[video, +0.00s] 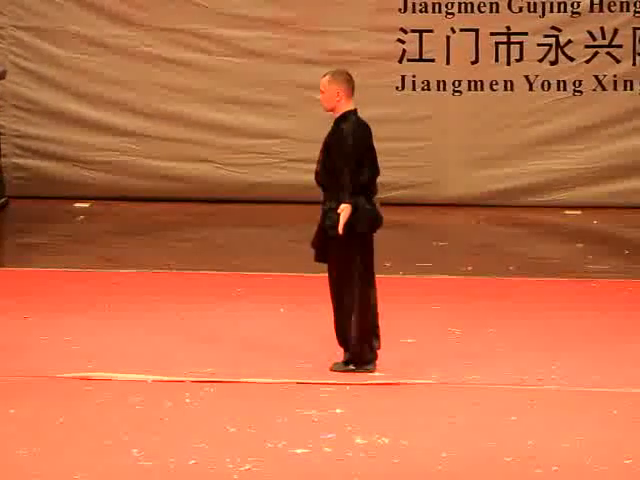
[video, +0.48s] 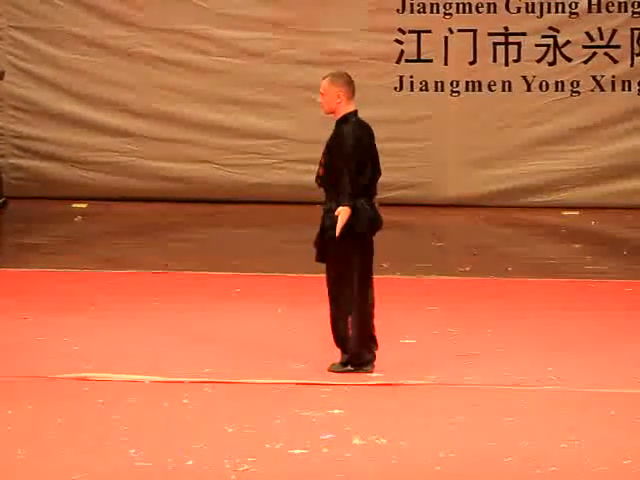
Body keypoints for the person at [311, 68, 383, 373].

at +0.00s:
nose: (320, 97)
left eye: (323, 91)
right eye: (321, 90)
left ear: (339, 93)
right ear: (342, 94)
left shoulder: (347, 128)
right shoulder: (356, 125)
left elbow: (350, 171)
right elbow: (369, 170)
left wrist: (347, 204)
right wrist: (357, 200)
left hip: (346, 221)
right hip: (359, 219)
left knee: (349, 287)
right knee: (359, 285)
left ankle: (358, 352)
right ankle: (365, 345)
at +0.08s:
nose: (319, 97)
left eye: (323, 92)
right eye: (320, 91)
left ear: (339, 94)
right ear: (342, 94)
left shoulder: (347, 129)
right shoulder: (356, 126)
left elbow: (350, 171)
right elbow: (369, 170)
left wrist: (346, 205)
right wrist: (356, 201)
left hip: (347, 220)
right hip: (358, 218)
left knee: (349, 286)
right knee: (358, 284)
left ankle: (358, 352)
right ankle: (364, 346)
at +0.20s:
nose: (319, 98)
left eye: (323, 93)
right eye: (320, 92)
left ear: (340, 96)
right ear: (343, 96)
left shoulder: (347, 129)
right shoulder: (358, 126)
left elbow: (349, 172)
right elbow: (371, 170)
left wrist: (346, 204)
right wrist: (358, 202)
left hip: (346, 221)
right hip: (359, 219)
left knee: (349, 288)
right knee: (358, 286)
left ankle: (357, 353)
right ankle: (364, 347)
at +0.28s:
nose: (320, 98)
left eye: (323, 93)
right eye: (321, 92)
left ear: (340, 95)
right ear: (343, 96)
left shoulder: (348, 130)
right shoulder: (356, 126)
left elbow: (350, 173)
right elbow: (370, 171)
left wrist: (346, 206)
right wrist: (355, 201)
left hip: (347, 222)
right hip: (358, 220)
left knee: (349, 288)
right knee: (356, 286)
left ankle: (357, 353)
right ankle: (362, 347)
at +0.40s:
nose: (320, 99)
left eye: (323, 93)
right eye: (321, 93)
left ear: (340, 95)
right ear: (343, 96)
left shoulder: (348, 130)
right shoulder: (358, 127)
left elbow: (351, 173)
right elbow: (370, 171)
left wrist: (347, 204)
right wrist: (356, 202)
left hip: (346, 223)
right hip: (358, 221)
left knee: (348, 289)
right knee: (356, 287)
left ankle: (356, 353)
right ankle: (361, 349)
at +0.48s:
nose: (320, 99)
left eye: (323, 94)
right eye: (321, 93)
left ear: (340, 96)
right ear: (343, 96)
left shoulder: (347, 131)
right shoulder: (360, 128)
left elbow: (349, 174)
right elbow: (371, 171)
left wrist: (345, 205)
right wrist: (354, 202)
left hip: (345, 224)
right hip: (360, 221)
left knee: (346, 289)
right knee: (358, 288)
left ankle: (354, 353)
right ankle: (361, 349)